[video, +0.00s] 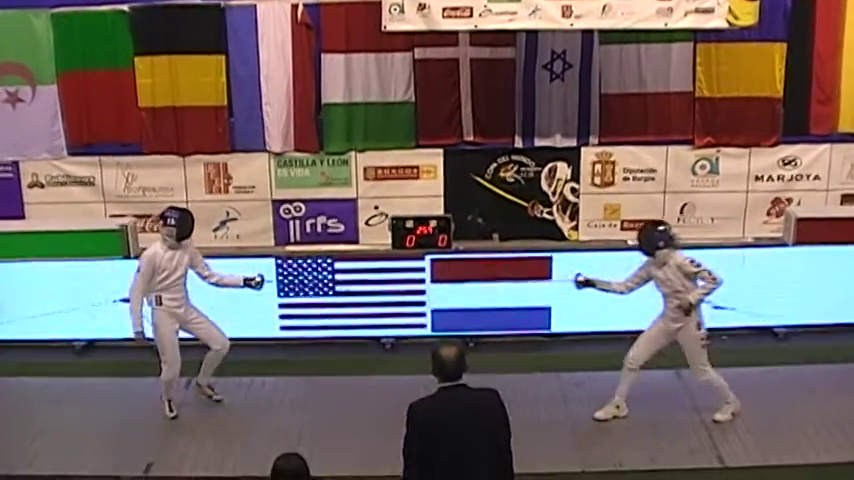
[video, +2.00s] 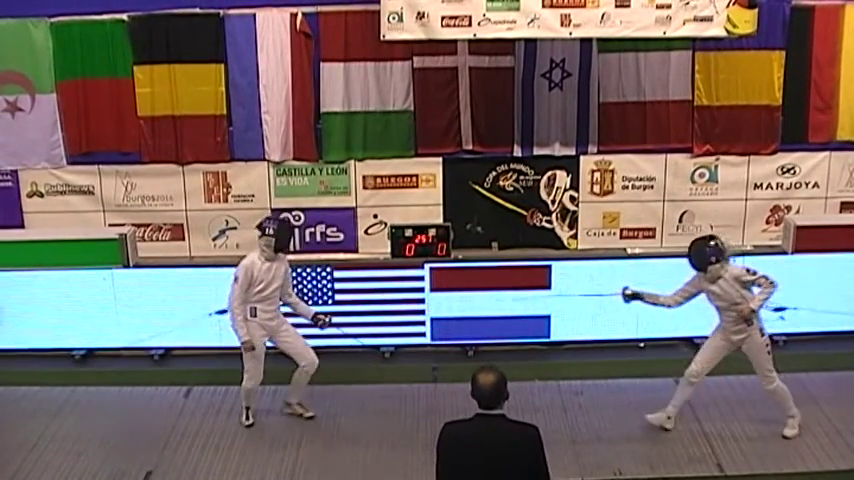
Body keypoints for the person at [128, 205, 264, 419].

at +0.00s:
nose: (166, 233)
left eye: (171, 230)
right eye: (164, 228)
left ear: (182, 233)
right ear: (160, 228)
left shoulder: (188, 251)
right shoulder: (151, 255)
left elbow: (210, 277)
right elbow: (136, 293)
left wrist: (245, 281)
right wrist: (138, 330)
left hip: (186, 309)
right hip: (162, 313)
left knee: (221, 345)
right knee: (172, 365)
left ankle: (203, 382)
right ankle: (167, 398)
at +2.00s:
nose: (266, 247)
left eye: (271, 245)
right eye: (263, 242)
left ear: (281, 246)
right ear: (259, 241)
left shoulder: (282, 264)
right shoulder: (248, 265)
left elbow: (288, 296)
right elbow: (236, 304)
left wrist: (313, 315)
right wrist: (243, 337)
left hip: (277, 321)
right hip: (252, 324)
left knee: (309, 362)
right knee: (253, 378)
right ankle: (247, 408)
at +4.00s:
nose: (293, 236)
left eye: (299, 232)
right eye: (292, 231)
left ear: (309, 236)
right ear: (289, 232)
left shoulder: (316, 253)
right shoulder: (279, 259)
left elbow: (345, 274)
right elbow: (270, 299)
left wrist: (380, 284)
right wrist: (280, 330)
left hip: (309, 317)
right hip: (285, 319)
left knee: (337, 357)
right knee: (278, 374)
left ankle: (328, 405)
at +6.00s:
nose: (356, 243)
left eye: (361, 239)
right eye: (353, 237)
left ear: (370, 244)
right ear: (349, 238)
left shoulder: (375, 261)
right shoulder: (338, 266)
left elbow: (403, 283)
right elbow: (330, 307)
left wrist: (440, 290)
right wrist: (346, 333)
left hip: (370, 325)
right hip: (345, 328)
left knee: (406, 361)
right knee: (329, 378)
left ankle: (419, 408)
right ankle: (307, 406)